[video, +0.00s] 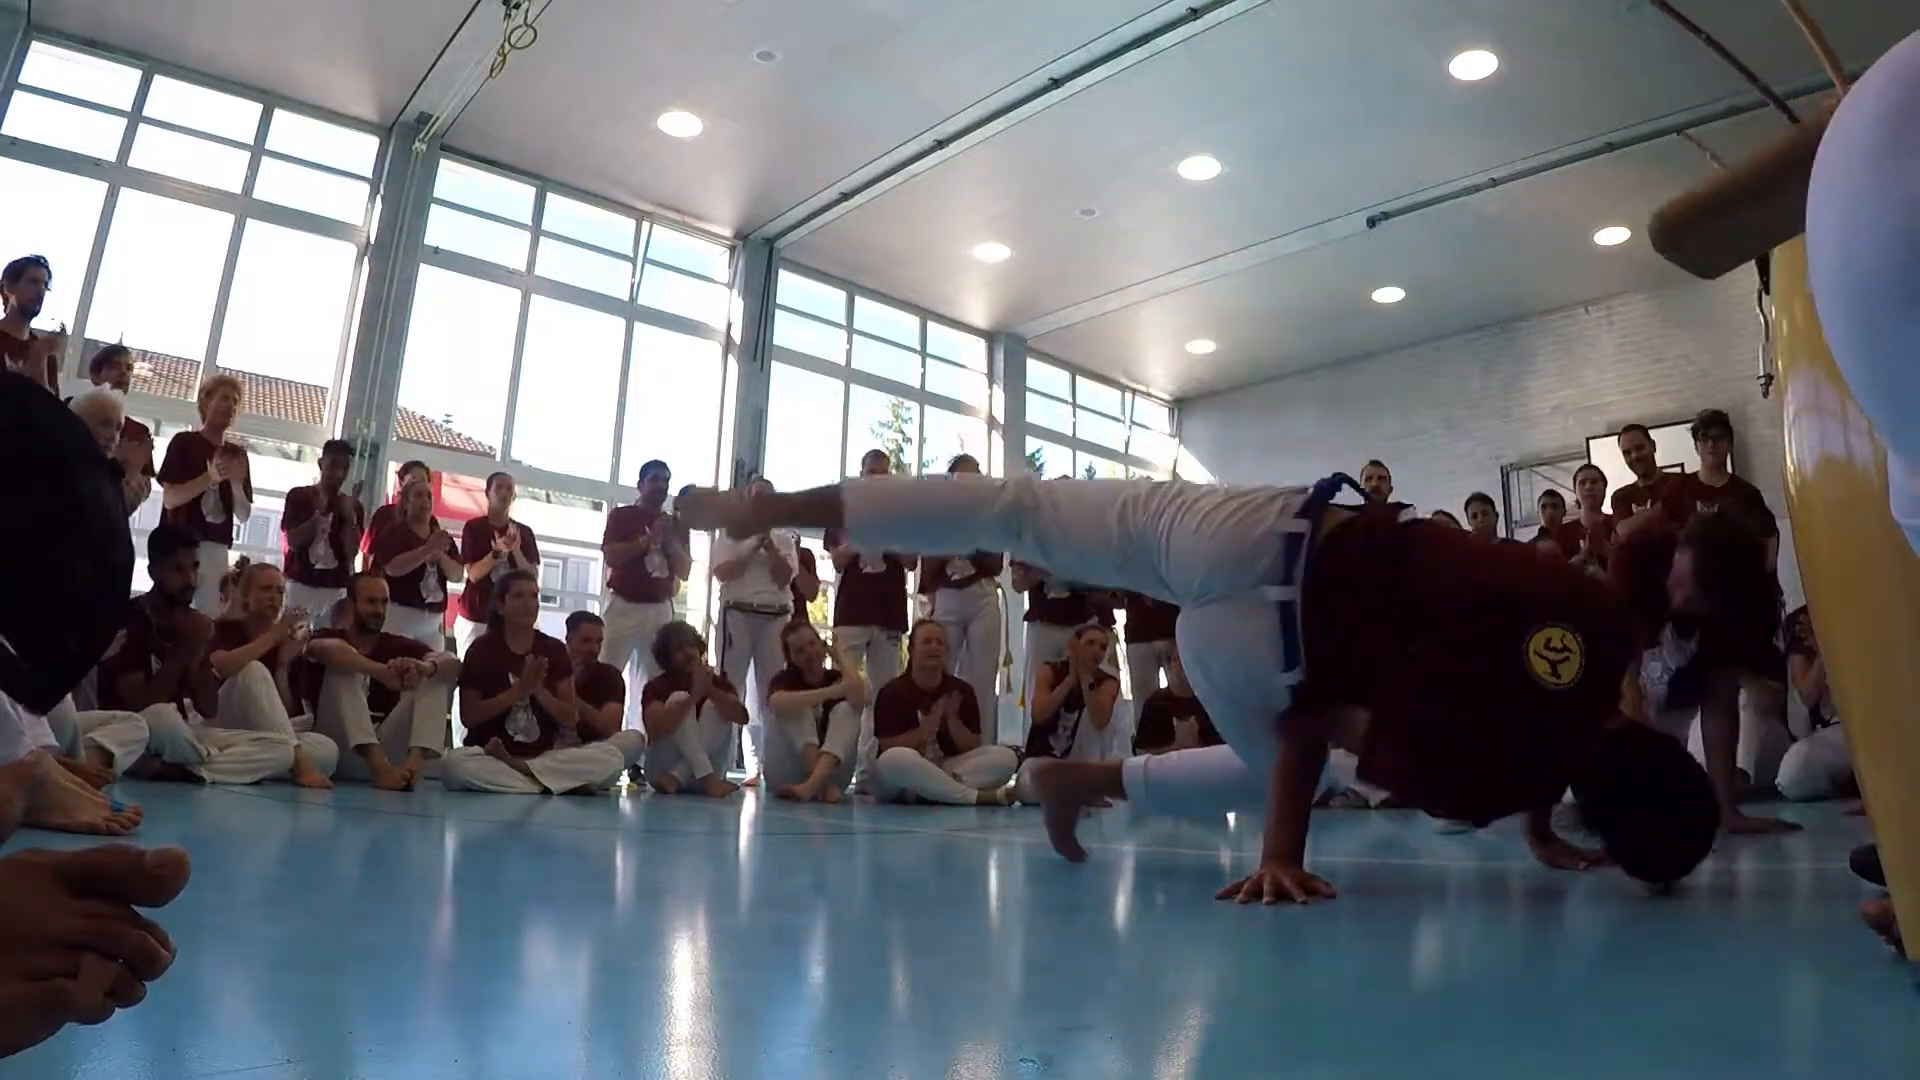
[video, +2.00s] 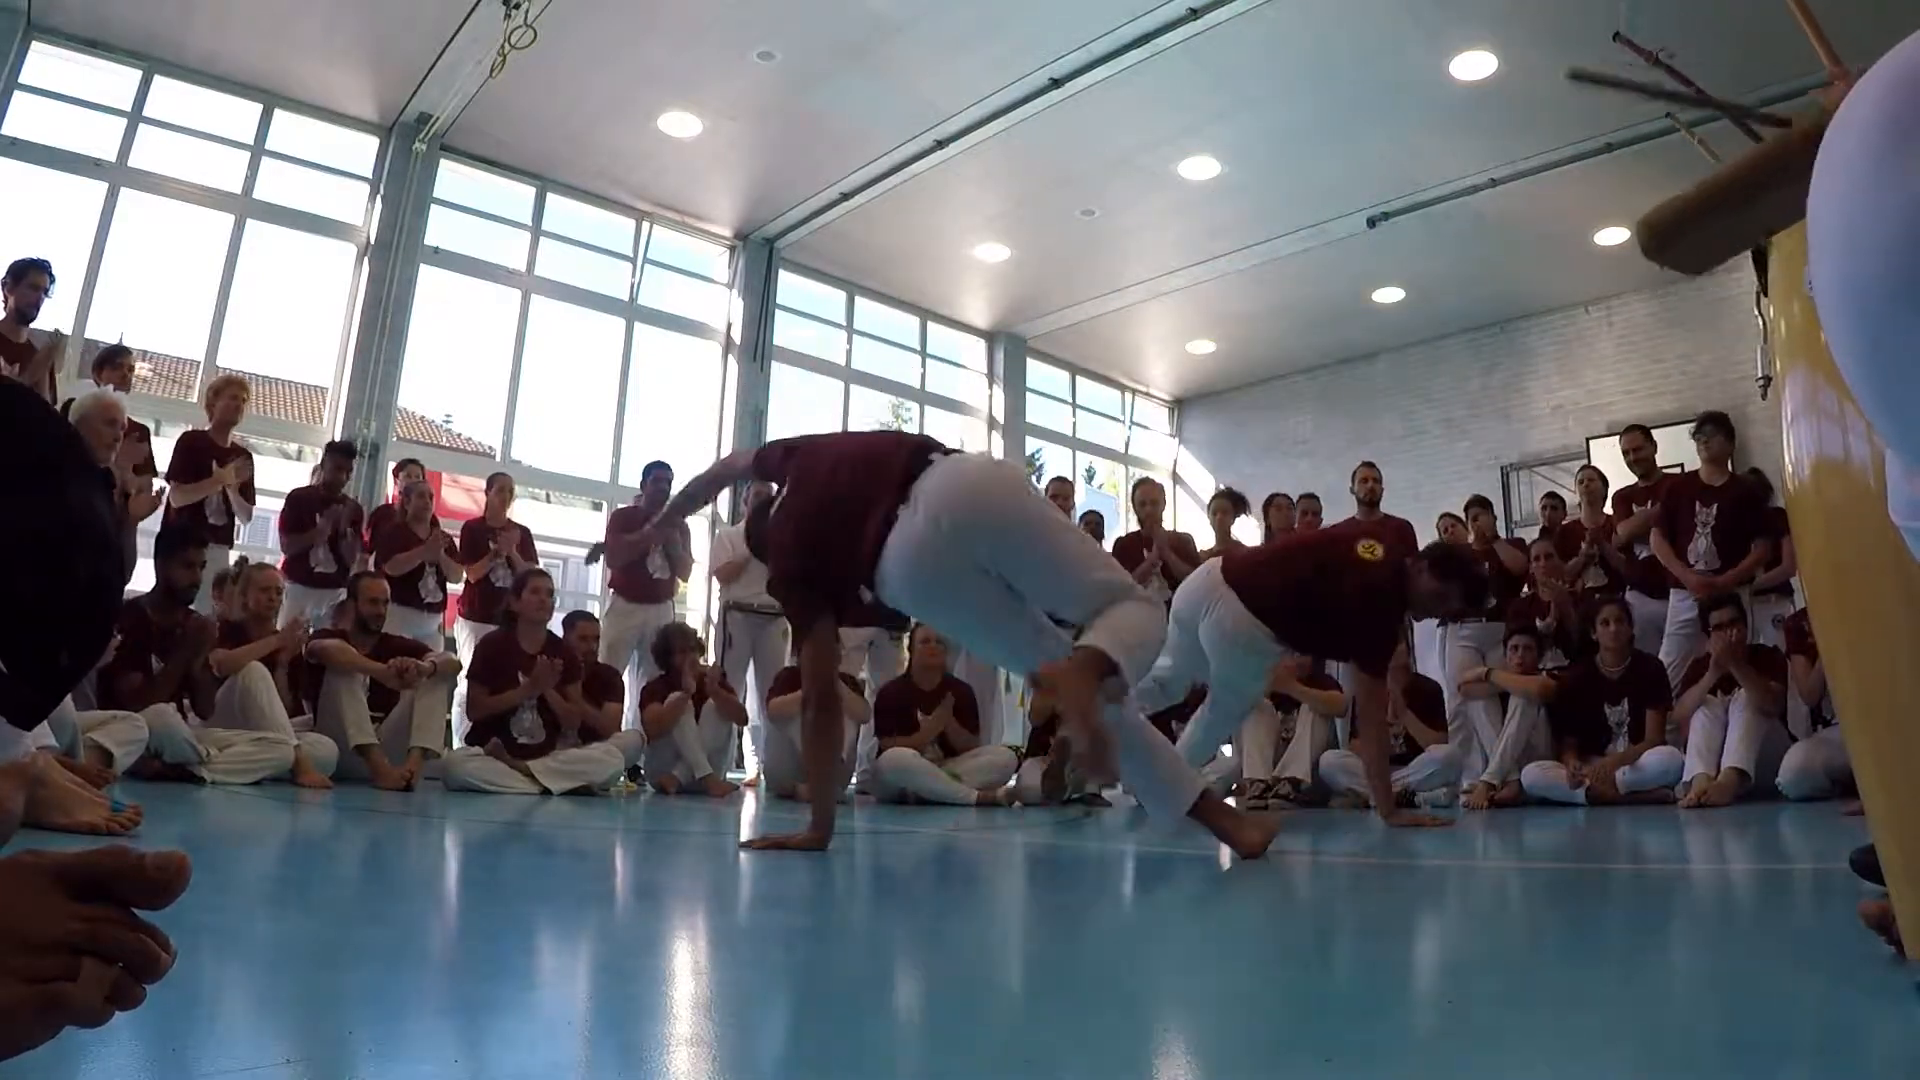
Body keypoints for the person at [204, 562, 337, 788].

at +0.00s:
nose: (274, 597)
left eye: (279, 591)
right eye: (265, 589)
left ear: (284, 597)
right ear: (245, 594)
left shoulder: (285, 641)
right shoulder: (224, 628)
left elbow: (290, 712)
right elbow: (220, 666)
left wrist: (283, 665)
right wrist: (273, 637)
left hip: (271, 733)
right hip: (223, 725)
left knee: (327, 751)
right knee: (253, 671)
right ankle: (299, 762)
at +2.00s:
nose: (273, 598)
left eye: (278, 592)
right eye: (264, 590)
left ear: (283, 597)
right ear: (245, 595)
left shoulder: (289, 645)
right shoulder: (226, 630)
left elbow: (290, 712)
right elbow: (220, 665)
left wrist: (282, 665)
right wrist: (279, 640)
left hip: (273, 734)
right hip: (225, 726)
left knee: (326, 752)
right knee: (253, 671)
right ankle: (300, 763)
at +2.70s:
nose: (285, 598)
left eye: (288, 592)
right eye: (277, 591)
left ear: (291, 598)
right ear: (252, 600)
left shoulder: (290, 646)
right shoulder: (232, 629)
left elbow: (302, 716)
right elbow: (225, 654)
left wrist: (312, 666)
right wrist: (290, 647)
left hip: (272, 733)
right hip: (224, 728)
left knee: (327, 752)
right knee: (253, 671)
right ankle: (298, 760)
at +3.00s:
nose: (295, 601)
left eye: (298, 596)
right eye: (287, 594)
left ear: (301, 601)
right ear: (262, 600)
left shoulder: (298, 654)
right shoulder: (233, 631)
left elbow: (301, 724)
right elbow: (239, 665)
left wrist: (322, 694)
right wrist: (305, 658)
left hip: (269, 736)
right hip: (222, 727)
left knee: (326, 753)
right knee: (253, 678)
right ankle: (298, 762)